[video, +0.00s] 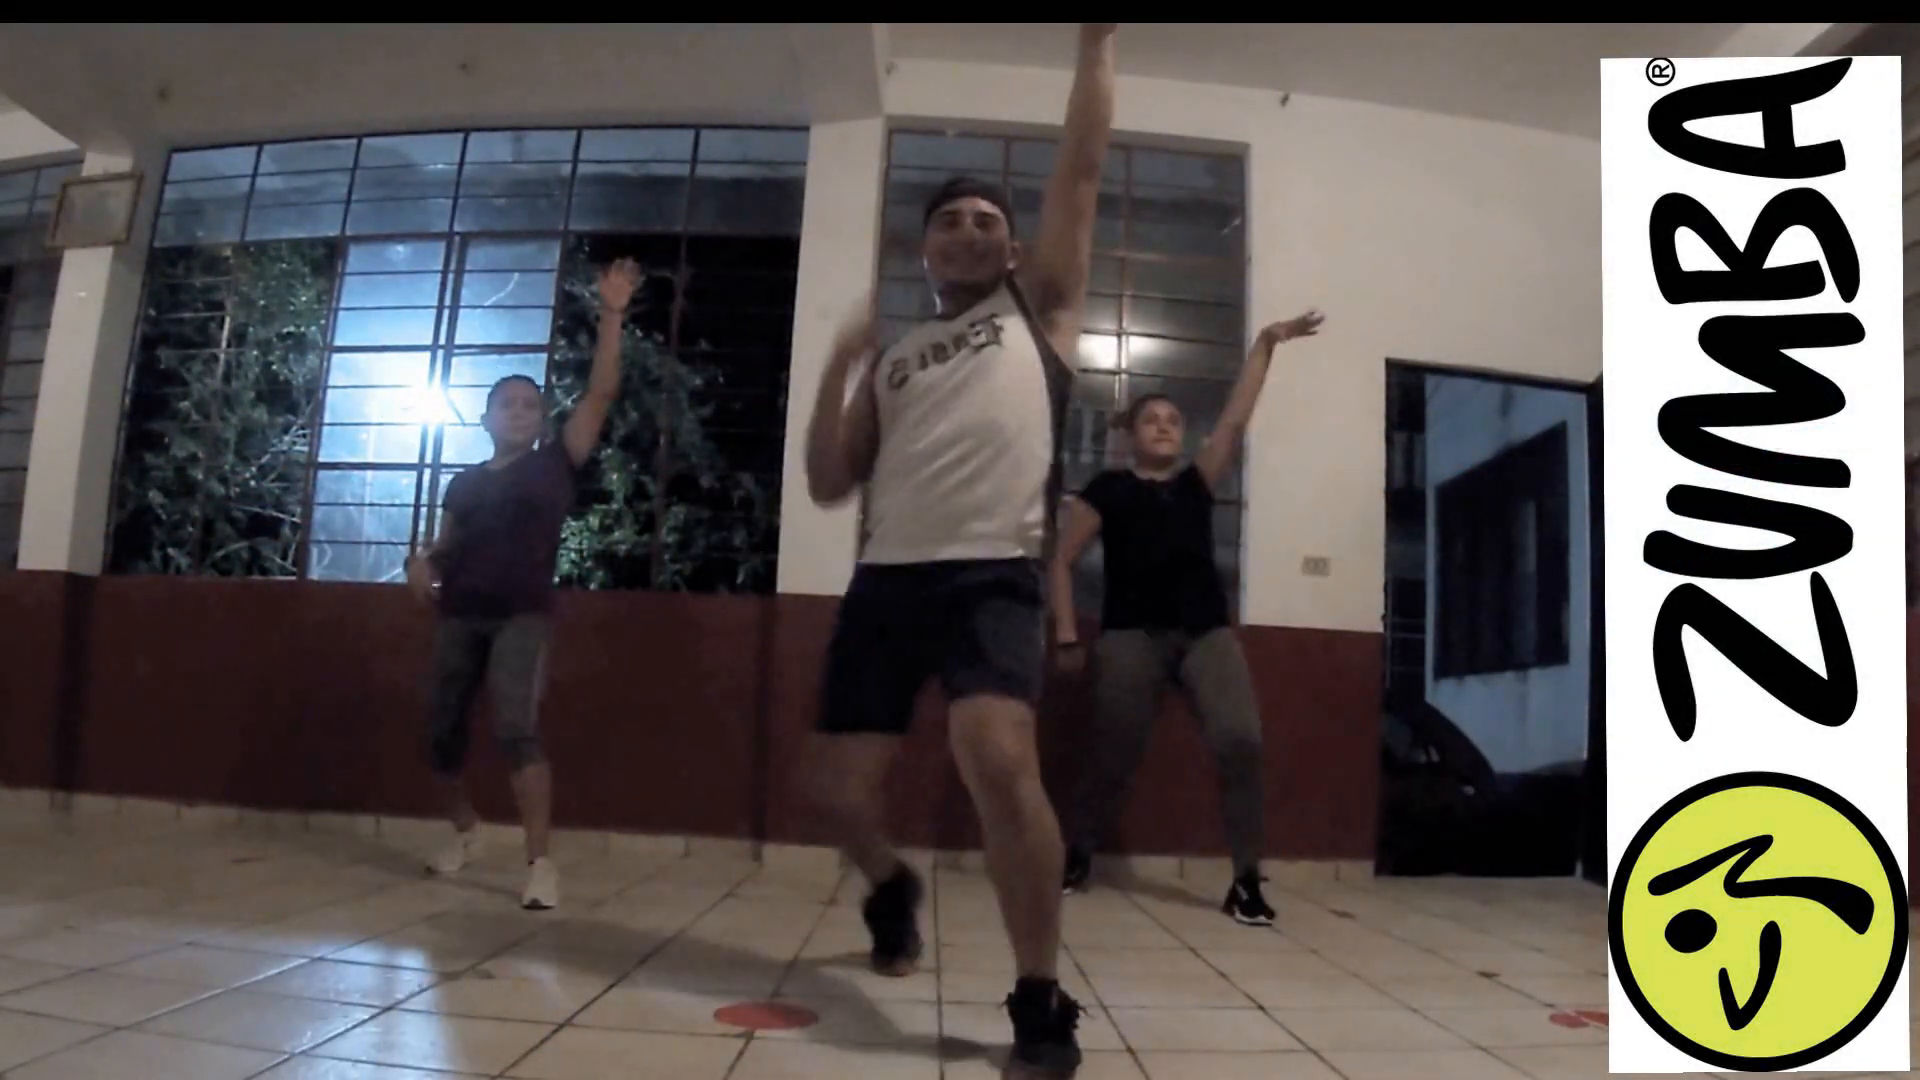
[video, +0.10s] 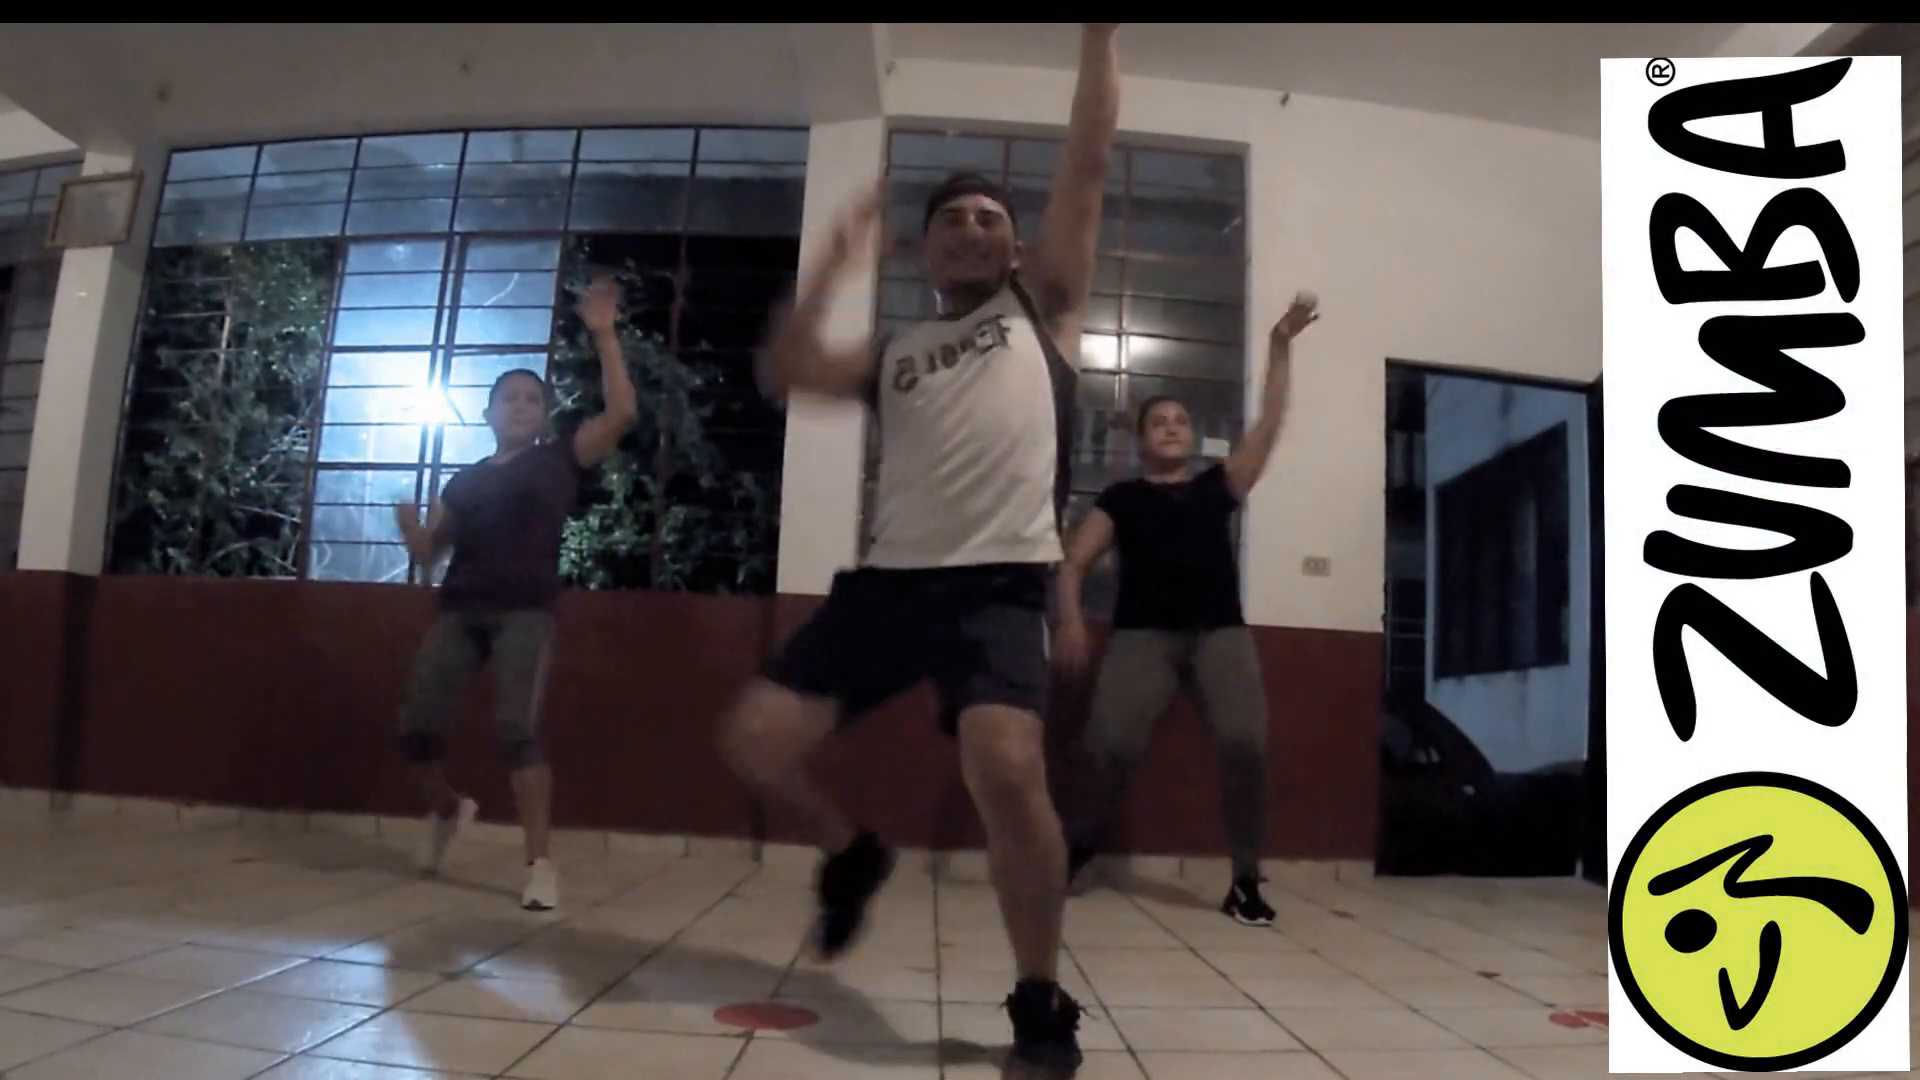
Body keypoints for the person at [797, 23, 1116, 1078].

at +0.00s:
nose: (974, 223)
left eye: (989, 218)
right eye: (954, 217)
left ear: (1015, 249)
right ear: (925, 252)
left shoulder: (1039, 308)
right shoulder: (892, 356)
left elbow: (1084, 159)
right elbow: (828, 482)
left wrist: (1095, 37)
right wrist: (841, 375)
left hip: (997, 580)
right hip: (886, 583)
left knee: (998, 758)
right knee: (834, 791)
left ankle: (1040, 996)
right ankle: (890, 883)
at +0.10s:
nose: (976, 226)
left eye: (992, 219)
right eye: (956, 219)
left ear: (1015, 246)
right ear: (926, 251)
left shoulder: (1041, 313)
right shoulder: (894, 353)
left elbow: (1087, 159)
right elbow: (786, 367)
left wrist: (1099, 35)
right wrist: (837, 257)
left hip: (1005, 587)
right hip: (887, 586)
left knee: (1005, 768)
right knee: (756, 742)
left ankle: (1041, 1000)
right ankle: (852, 851)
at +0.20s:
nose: (959, 209)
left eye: (977, 200)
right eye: (940, 199)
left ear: (1001, 228)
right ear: (908, 225)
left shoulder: (1024, 296)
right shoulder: (867, 311)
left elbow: (1088, 152)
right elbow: (772, 230)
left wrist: (1095, 28)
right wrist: (822, 102)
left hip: (998, 582)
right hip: (874, 573)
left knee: (1019, 761)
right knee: (726, 705)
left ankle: (1042, 996)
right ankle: (780, 884)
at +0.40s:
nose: (907, 201)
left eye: (925, 193)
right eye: (891, 189)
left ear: (949, 220)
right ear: (859, 207)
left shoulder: (962, 313)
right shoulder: (812, 271)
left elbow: (1065, 299)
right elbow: (780, 122)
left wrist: (1040, 189)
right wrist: (757, 17)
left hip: (944, 571)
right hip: (816, 566)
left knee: (1001, 768)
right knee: (744, 757)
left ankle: (1049, 979)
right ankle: (682, 980)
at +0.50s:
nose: (883, 209)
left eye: (902, 201)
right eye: (864, 198)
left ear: (921, 236)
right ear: (831, 224)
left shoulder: (932, 346)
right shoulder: (788, 283)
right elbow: (738, 132)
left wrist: (997, 331)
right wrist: (703, 20)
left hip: (914, 577)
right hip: (786, 577)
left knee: (1022, 737)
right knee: (709, 748)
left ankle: (1036, 966)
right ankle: (676, 981)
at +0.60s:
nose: (876, 212)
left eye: (893, 203)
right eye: (858, 200)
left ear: (915, 236)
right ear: (823, 224)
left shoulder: (929, 344)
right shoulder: (774, 286)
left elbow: (982, 453)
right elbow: (673, 182)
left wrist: (996, 471)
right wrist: (651, 46)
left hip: (914, 573)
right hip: (784, 579)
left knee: (1023, 730)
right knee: (714, 747)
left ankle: (991, 895)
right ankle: (677, 980)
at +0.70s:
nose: (877, 211)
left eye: (894, 201)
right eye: (860, 198)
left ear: (916, 230)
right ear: (827, 219)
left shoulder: (941, 335)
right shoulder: (777, 295)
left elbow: (987, 456)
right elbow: (646, 296)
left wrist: (1024, 555)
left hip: (920, 567)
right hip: (797, 566)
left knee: (991, 755)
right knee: (745, 761)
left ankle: (948, 870)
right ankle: (680, 981)